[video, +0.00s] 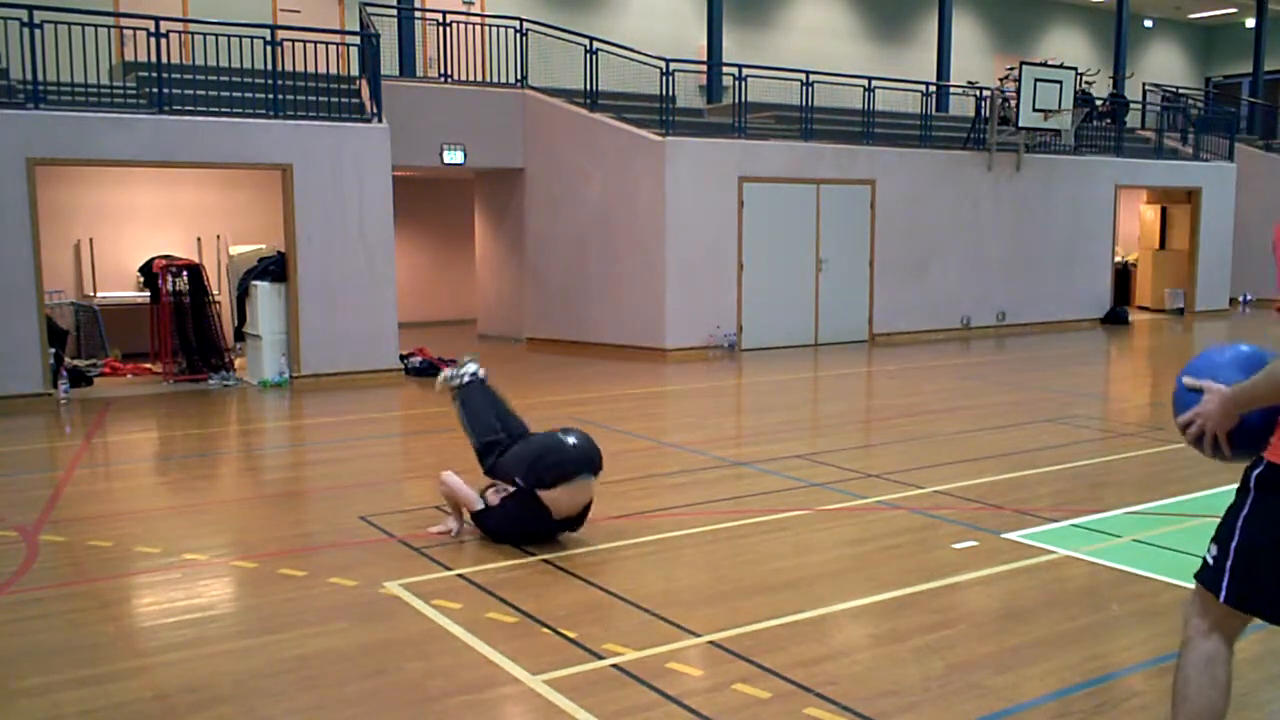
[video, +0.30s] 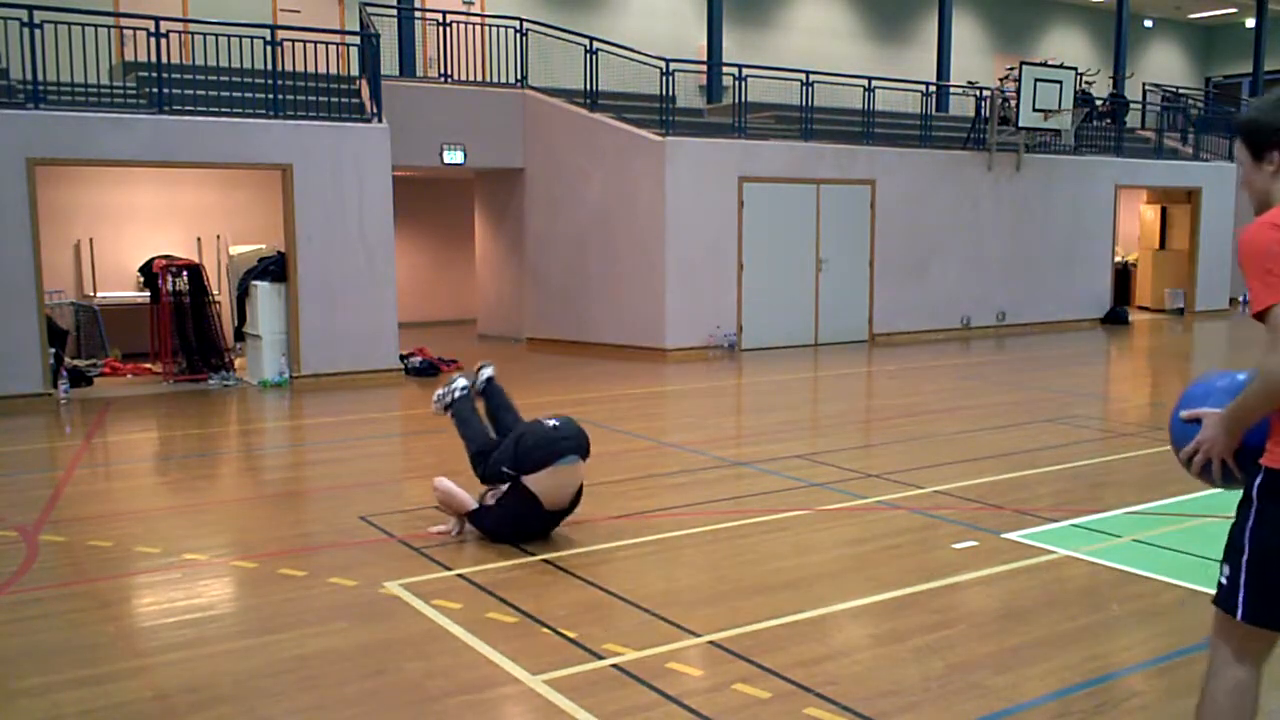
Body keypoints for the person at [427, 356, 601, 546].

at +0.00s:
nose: (500, 489)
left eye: (499, 487)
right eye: (493, 493)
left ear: (506, 487)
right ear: (488, 507)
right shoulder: (495, 522)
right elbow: (447, 478)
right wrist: (456, 519)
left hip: (588, 454)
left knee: (523, 451)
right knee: (493, 460)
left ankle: (477, 381)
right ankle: (467, 383)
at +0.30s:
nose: (494, 492)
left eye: (494, 491)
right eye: (490, 499)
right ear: (489, 507)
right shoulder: (497, 524)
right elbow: (440, 485)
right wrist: (458, 520)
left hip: (574, 435)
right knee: (487, 472)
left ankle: (488, 385)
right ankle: (459, 399)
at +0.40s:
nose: (496, 491)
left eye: (496, 490)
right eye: (490, 496)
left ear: (504, 489)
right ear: (487, 508)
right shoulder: (496, 524)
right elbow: (440, 483)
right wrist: (457, 520)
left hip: (580, 442)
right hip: (533, 454)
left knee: (531, 439)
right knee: (490, 458)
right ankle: (471, 379)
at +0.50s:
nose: (500, 486)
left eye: (500, 484)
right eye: (493, 490)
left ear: (510, 484)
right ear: (489, 505)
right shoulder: (491, 520)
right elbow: (442, 480)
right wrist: (456, 516)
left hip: (589, 462)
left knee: (542, 433)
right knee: (501, 448)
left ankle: (540, 353)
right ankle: (495, 358)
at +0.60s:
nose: (510, 482)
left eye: (510, 478)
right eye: (502, 482)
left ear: (519, 483)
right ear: (492, 498)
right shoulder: (494, 517)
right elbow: (447, 476)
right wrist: (453, 514)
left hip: (597, 496)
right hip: (555, 506)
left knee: (558, 430)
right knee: (516, 444)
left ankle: (576, 371)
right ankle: (527, 362)